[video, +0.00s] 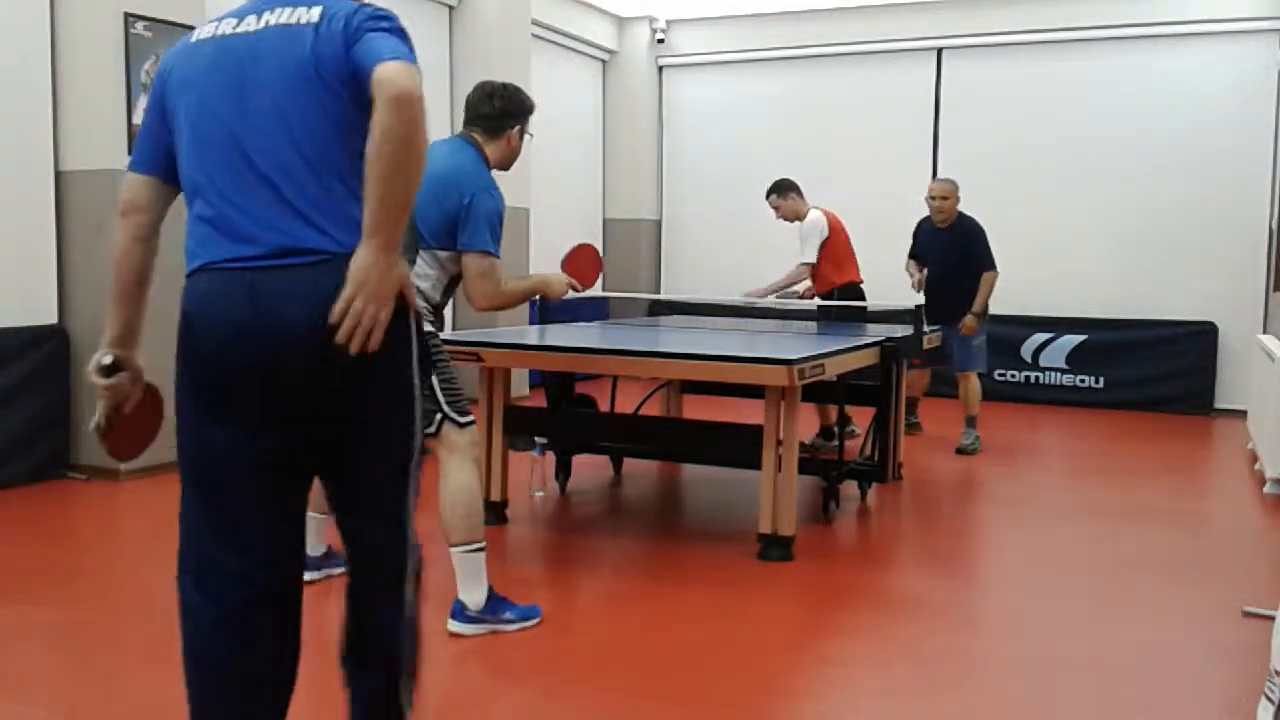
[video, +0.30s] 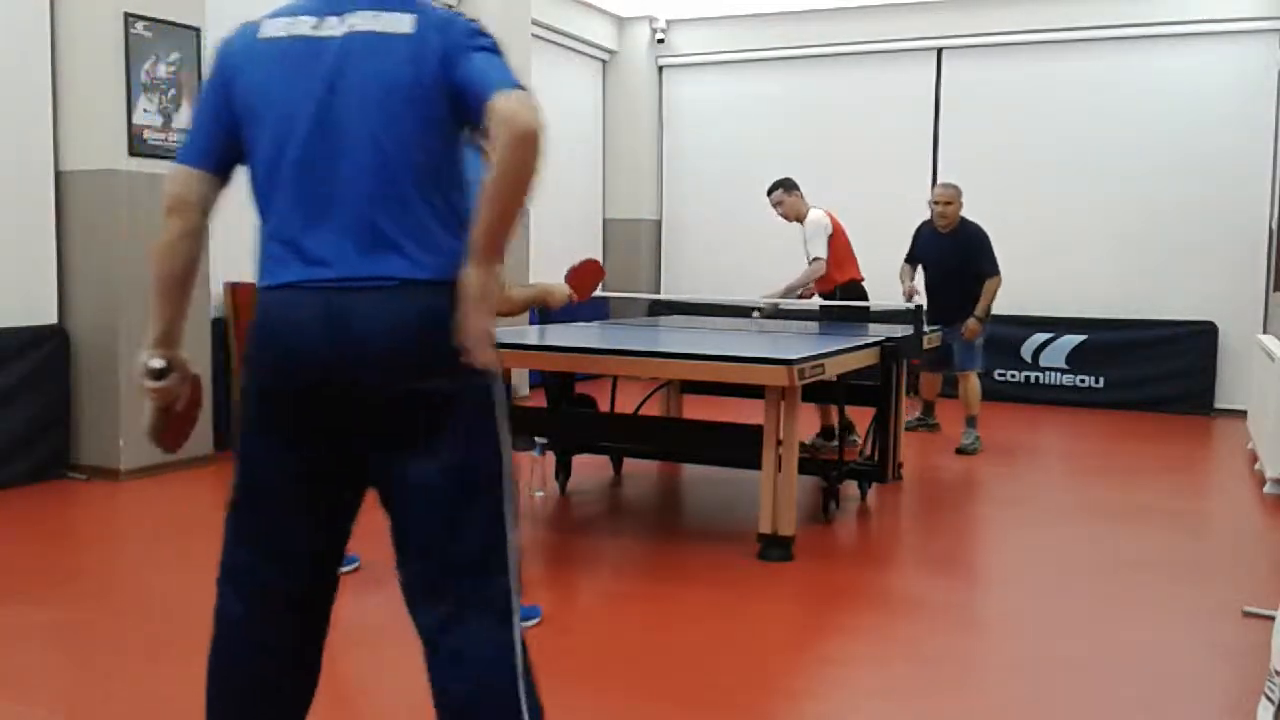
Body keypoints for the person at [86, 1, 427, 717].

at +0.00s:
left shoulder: (182, 56)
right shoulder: (358, 18)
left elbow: (136, 209)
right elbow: (400, 97)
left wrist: (118, 347)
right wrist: (381, 250)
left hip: (221, 313)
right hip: (350, 300)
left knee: (230, 558)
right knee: (380, 549)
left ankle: (230, 710)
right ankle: (381, 706)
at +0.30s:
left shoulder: (246, 46)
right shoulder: (444, 29)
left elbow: (184, 203)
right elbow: (518, 120)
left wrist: (162, 357)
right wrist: (483, 272)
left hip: (293, 341)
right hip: (426, 332)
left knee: (266, 598)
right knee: (464, 601)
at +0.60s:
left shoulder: (337, 33)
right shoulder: (542, 22)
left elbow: (286, 196)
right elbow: (617, 181)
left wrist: (280, 336)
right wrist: (582, 251)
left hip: (363, 323)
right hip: (502, 323)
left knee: (351, 584)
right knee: (520, 592)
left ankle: (331, 713)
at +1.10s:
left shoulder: (348, 57)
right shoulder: (536, 24)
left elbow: (309, 215)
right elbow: (591, 169)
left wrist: (374, 302)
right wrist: (564, 244)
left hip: (395, 329)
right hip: (526, 321)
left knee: (401, 591)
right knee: (601, 578)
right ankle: (609, 706)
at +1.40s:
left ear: (500, 2)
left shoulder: (441, 74)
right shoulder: (636, 50)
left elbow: (399, 234)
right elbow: (707, 183)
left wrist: (463, 293)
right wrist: (645, 250)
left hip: (482, 340)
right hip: (612, 337)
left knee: (445, 598)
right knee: (665, 591)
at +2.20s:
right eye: (621, 11)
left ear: (532, 2)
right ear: (607, 3)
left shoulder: (456, 64)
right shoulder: (658, 56)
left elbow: (417, 221)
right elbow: (714, 199)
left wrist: (487, 270)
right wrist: (657, 252)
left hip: (489, 331)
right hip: (617, 331)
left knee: (456, 579)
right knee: (663, 572)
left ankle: (423, 715)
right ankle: (695, 712)